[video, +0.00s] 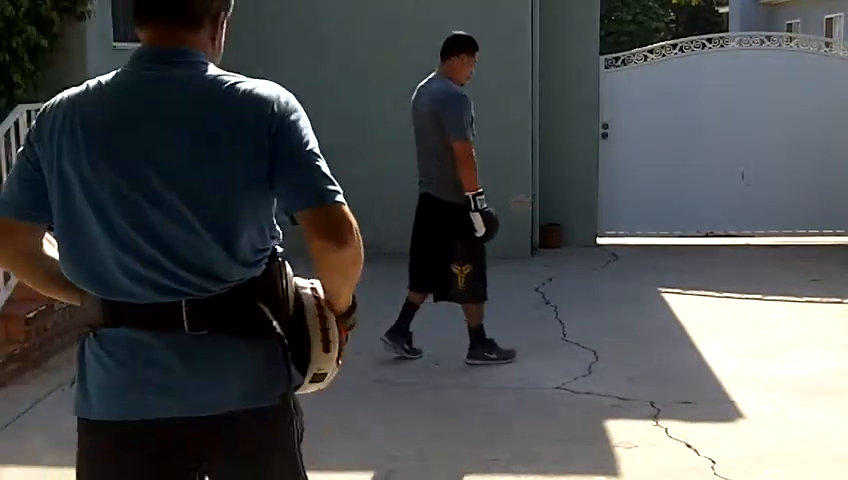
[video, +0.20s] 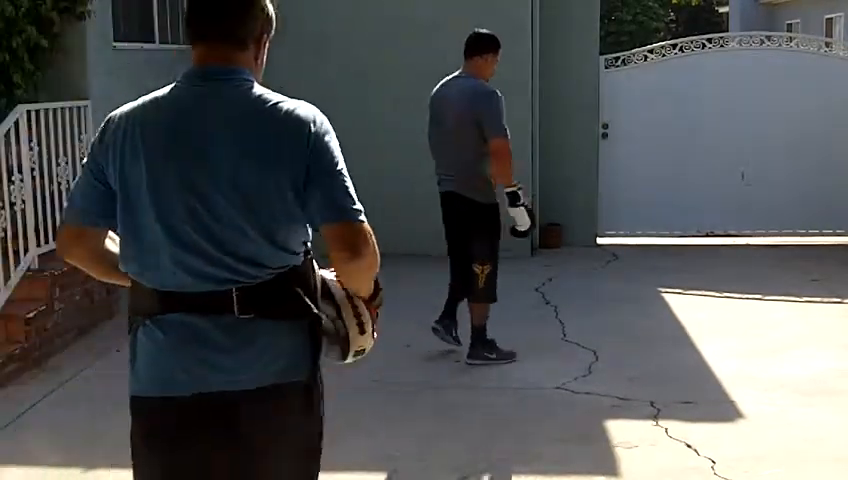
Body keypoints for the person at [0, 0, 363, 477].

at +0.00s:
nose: (227, 32)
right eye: (227, 19)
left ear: (136, 20)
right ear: (220, 20)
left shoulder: (62, 116)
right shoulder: (268, 108)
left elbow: (14, 245)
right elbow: (337, 237)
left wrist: (96, 297)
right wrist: (337, 306)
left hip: (119, 400)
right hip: (244, 395)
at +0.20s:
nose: (267, 52)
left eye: (266, 41)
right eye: (269, 41)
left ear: (191, 38)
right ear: (261, 43)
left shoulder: (124, 127)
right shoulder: (298, 124)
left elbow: (76, 242)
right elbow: (353, 250)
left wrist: (155, 277)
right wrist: (360, 299)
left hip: (166, 377)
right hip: (275, 375)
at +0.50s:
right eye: (296, 29)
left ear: (228, 29)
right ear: (292, 30)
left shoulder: (175, 104)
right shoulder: (332, 103)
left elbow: (130, 207)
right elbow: (383, 205)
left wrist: (175, 203)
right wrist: (342, 201)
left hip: (213, 315)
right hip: (305, 312)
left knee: (221, 434)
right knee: (299, 451)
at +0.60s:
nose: (297, 44)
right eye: (297, 34)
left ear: (231, 37)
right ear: (293, 36)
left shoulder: (182, 110)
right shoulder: (330, 107)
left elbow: (139, 210)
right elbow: (384, 201)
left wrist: (190, 197)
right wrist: (337, 189)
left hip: (222, 311)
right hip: (308, 306)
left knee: (234, 435)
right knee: (299, 444)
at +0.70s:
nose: (292, 52)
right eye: (292, 46)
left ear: (229, 49)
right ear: (289, 48)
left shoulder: (186, 118)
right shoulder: (325, 113)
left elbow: (140, 211)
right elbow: (376, 202)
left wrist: (192, 197)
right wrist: (322, 185)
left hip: (226, 310)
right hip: (308, 304)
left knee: (239, 429)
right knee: (302, 436)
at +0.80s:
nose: (286, 54)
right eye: (286, 48)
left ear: (225, 51)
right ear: (283, 50)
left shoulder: (184, 119)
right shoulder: (319, 114)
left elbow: (146, 211)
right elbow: (368, 200)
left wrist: (193, 194)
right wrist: (317, 176)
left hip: (224, 303)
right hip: (302, 299)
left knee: (238, 416)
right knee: (306, 424)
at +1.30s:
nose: (286, 60)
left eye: (284, 54)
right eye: (287, 54)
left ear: (234, 53)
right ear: (281, 55)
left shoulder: (196, 109)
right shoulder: (311, 108)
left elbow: (167, 173)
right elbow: (350, 182)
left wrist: (216, 161)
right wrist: (306, 152)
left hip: (224, 268)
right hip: (290, 265)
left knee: (236, 378)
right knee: (283, 357)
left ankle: (248, 475)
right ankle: (278, 449)